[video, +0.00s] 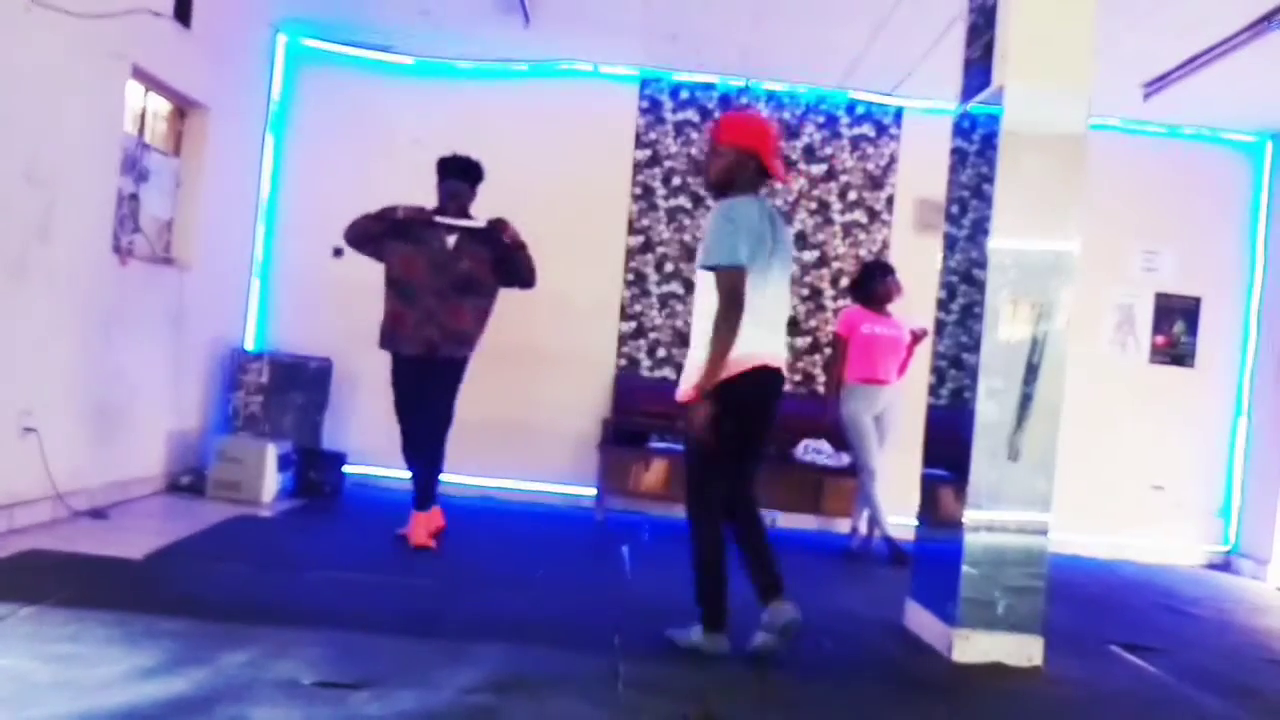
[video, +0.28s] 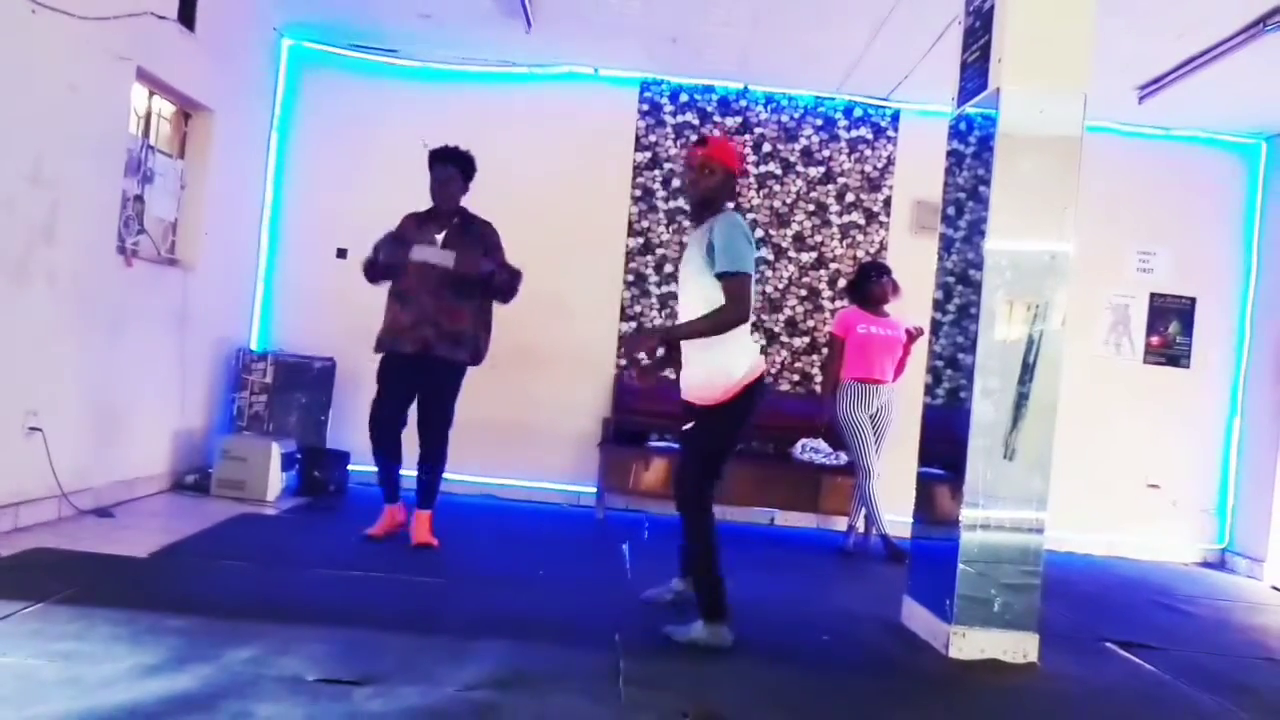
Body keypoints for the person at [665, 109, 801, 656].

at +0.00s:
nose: (706, 162)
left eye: (717, 153)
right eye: (710, 152)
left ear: (743, 162)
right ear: (755, 166)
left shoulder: (731, 216)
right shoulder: (772, 219)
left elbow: (731, 304)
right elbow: (770, 305)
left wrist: (705, 385)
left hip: (728, 376)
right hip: (764, 375)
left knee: (704, 500)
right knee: (738, 493)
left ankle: (712, 625)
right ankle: (775, 601)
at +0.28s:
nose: (691, 179)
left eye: (703, 171)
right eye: (691, 170)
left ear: (728, 181)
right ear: (692, 177)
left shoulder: (729, 228)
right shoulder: (705, 232)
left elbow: (738, 309)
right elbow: (713, 317)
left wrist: (666, 335)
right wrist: (668, 355)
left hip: (731, 385)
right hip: (710, 384)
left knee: (692, 489)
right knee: (689, 486)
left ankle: (714, 619)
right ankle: (693, 581)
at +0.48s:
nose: (668, 194)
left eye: (679, 186)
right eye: (664, 185)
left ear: (698, 194)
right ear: (657, 191)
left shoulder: (717, 236)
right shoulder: (655, 250)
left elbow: (763, 287)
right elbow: (635, 302)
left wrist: (718, 343)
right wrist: (629, 343)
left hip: (733, 384)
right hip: (693, 381)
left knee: (719, 490)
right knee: (686, 483)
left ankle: (725, 604)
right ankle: (692, 582)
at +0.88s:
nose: (679, 201)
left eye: (688, 193)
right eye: (672, 192)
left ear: (701, 199)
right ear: (660, 198)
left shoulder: (724, 249)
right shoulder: (642, 252)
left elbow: (730, 317)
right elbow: (644, 324)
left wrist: (714, 283)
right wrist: (647, 292)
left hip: (712, 380)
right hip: (663, 376)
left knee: (697, 474)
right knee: (670, 476)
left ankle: (689, 553)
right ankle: (686, 579)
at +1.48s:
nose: (691, 213)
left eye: (699, 207)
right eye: (684, 204)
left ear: (707, 215)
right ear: (670, 205)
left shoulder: (692, 259)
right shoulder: (654, 238)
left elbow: (683, 318)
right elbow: (675, 296)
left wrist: (697, 348)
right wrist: (710, 277)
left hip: (665, 376)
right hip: (625, 372)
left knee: (676, 463)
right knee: (623, 467)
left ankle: (631, 547)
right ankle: (607, 553)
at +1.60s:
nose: (688, 212)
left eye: (696, 206)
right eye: (681, 204)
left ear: (708, 214)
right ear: (670, 208)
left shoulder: (698, 269)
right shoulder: (648, 247)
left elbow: (690, 324)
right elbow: (629, 314)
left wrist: (697, 354)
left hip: (664, 379)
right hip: (626, 373)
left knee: (648, 472)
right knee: (620, 467)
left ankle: (613, 561)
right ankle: (602, 552)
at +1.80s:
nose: (685, 203)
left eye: (693, 197)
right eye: (679, 195)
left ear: (707, 208)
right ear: (666, 200)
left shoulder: (716, 263)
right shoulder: (636, 245)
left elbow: (722, 331)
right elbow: (585, 295)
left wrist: (704, 331)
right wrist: (597, 339)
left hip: (670, 389)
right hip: (622, 379)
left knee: (643, 479)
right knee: (600, 464)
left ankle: (613, 565)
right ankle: (568, 542)